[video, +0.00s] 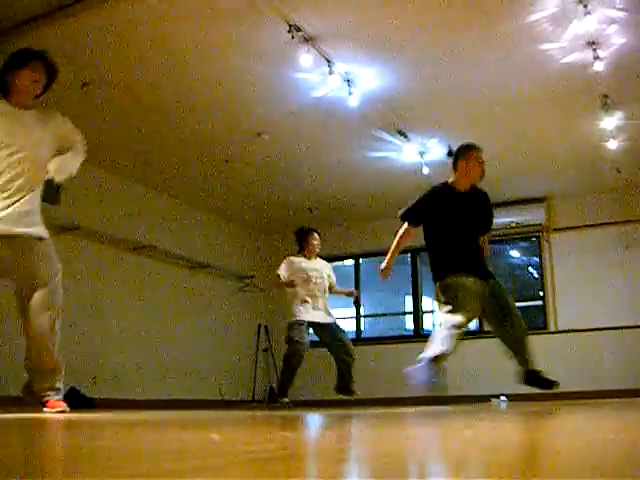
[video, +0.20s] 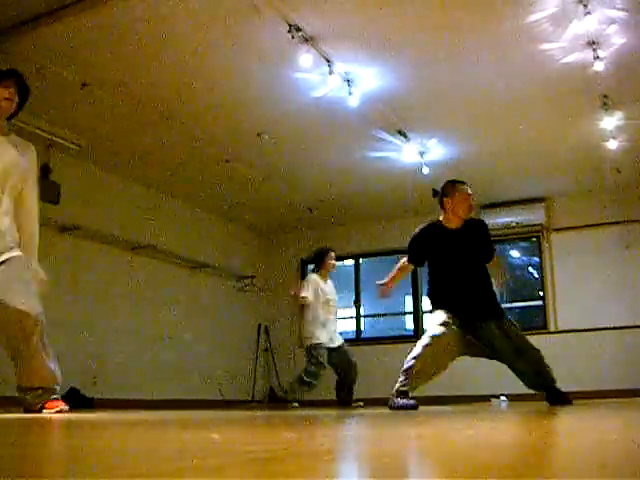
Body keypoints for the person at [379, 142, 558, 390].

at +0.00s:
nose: (484, 168)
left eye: (483, 162)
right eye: (478, 162)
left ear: (469, 167)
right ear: (463, 165)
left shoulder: (480, 199)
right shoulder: (436, 196)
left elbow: (483, 239)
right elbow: (408, 227)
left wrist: (482, 270)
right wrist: (389, 260)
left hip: (479, 274)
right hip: (452, 273)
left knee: (510, 321)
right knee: (455, 319)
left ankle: (527, 370)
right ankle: (429, 363)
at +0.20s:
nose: (472, 201)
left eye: (471, 196)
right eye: (466, 196)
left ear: (453, 203)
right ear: (448, 203)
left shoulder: (477, 228)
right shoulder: (428, 235)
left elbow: (491, 258)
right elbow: (408, 262)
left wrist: (499, 274)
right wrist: (389, 282)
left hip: (485, 311)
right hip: (448, 313)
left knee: (520, 349)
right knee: (438, 338)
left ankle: (551, 391)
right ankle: (401, 393)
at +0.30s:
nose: (470, 192)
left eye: (469, 188)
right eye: (465, 188)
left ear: (456, 193)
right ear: (448, 193)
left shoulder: (474, 219)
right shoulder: (420, 223)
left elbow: (505, 235)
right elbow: (391, 248)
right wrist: (364, 270)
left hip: (472, 303)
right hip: (436, 304)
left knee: (507, 343)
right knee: (427, 334)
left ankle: (543, 386)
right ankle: (403, 391)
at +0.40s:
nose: (469, 195)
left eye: (468, 190)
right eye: (464, 190)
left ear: (453, 195)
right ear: (446, 194)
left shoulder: (469, 218)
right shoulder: (419, 219)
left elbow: (496, 213)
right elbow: (380, 231)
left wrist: (514, 232)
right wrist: (391, 246)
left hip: (457, 294)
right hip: (422, 294)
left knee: (497, 336)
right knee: (419, 318)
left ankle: (492, 385)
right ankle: (409, 388)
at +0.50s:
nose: (465, 212)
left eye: (464, 206)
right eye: (460, 206)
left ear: (454, 210)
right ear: (446, 209)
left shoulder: (464, 233)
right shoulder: (420, 233)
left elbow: (488, 233)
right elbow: (380, 252)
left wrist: (487, 249)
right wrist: (413, 260)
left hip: (443, 307)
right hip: (413, 304)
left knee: (474, 339)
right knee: (416, 324)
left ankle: (443, 372)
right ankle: (405, 377)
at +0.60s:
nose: (461, 247)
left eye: (461, 241)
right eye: (456, 241)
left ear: (461, 244)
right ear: (441, 243)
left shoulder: (458, 267)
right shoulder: (418, 267)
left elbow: (475, 274)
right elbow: (381, 290)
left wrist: (469, 297)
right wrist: (417, 303)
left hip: (431, 328)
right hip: (401, 325)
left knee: (458, 361)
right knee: (410, 336)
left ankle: (427, 388)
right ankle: (393, 392)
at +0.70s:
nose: (459, 284)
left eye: (458, 279)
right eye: (454, 279)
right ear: (437, 281)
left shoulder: (456, 301)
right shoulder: (414, 302)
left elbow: (471, 322)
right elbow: (376, 328)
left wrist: (469, 346)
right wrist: (407, 344)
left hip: (426, 352)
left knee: (460, 368)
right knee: (400, 356)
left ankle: (428, 393)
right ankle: (389, 394)